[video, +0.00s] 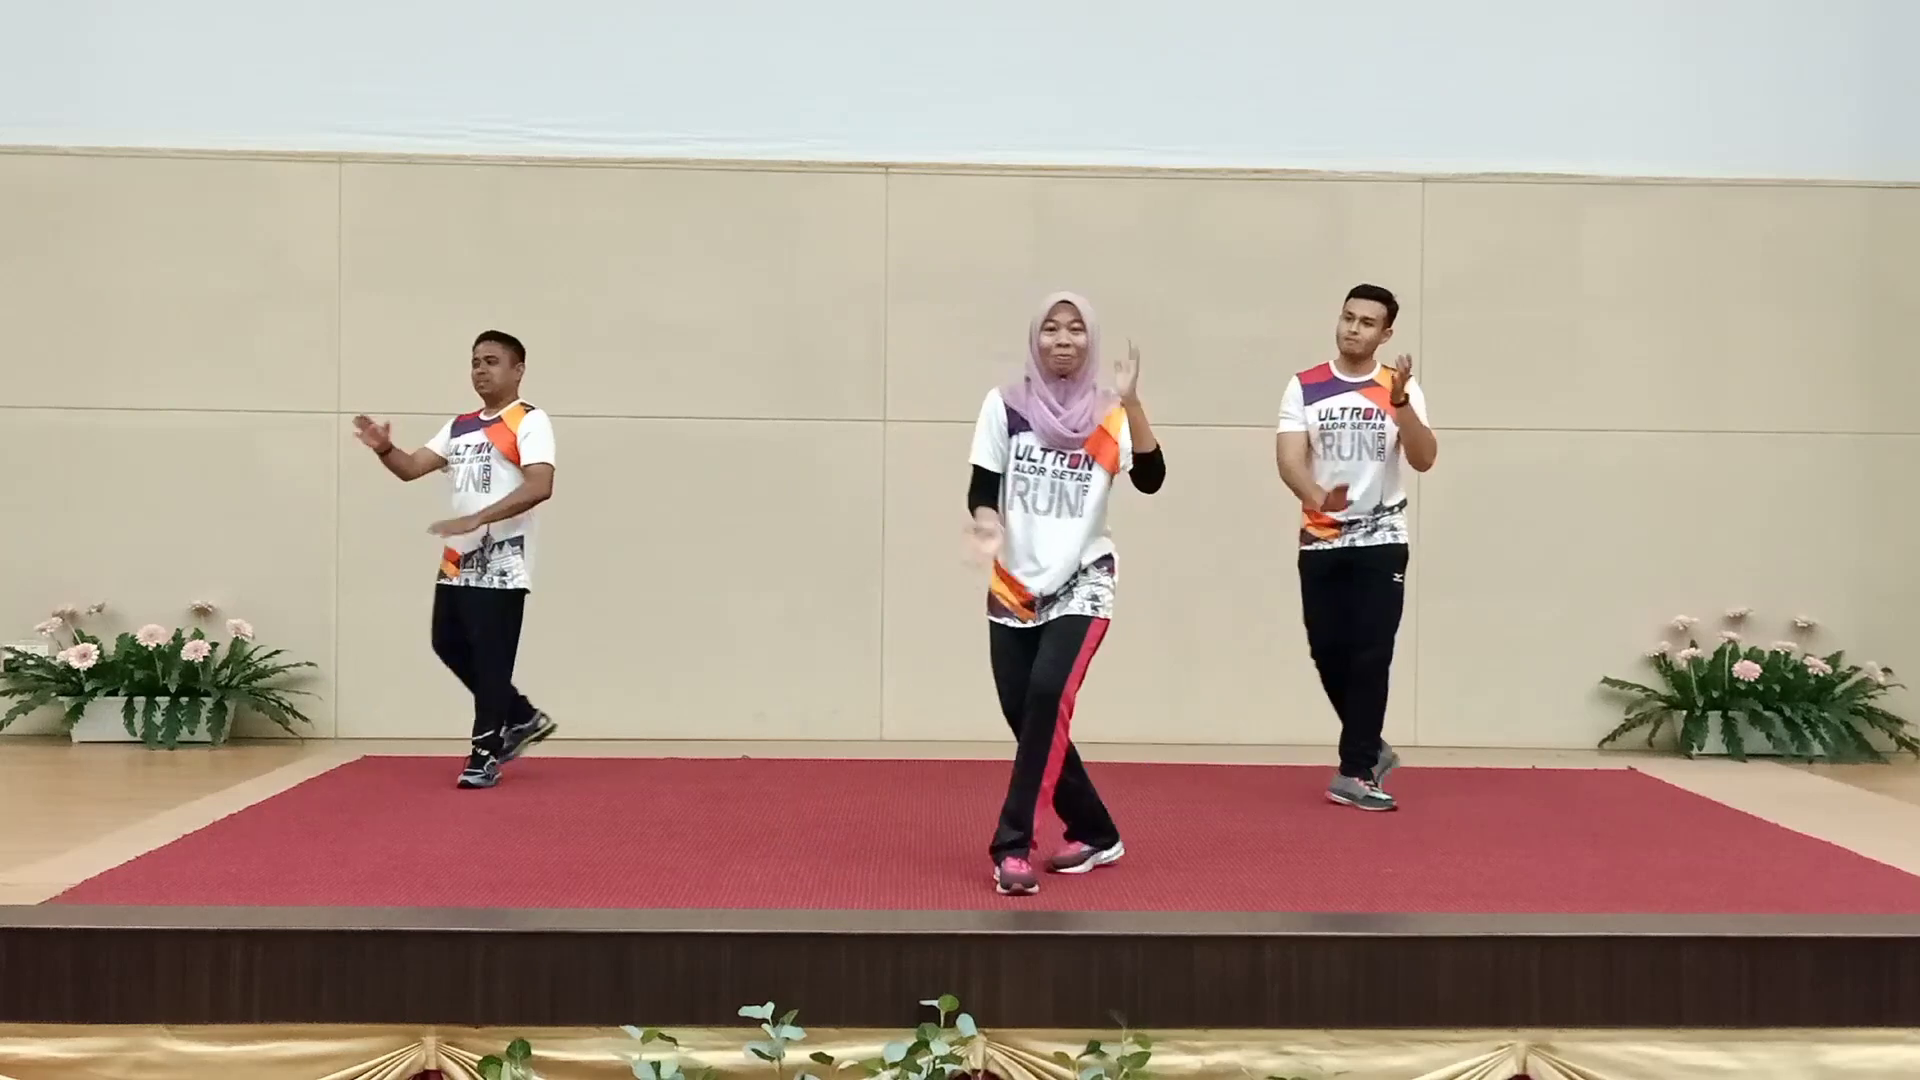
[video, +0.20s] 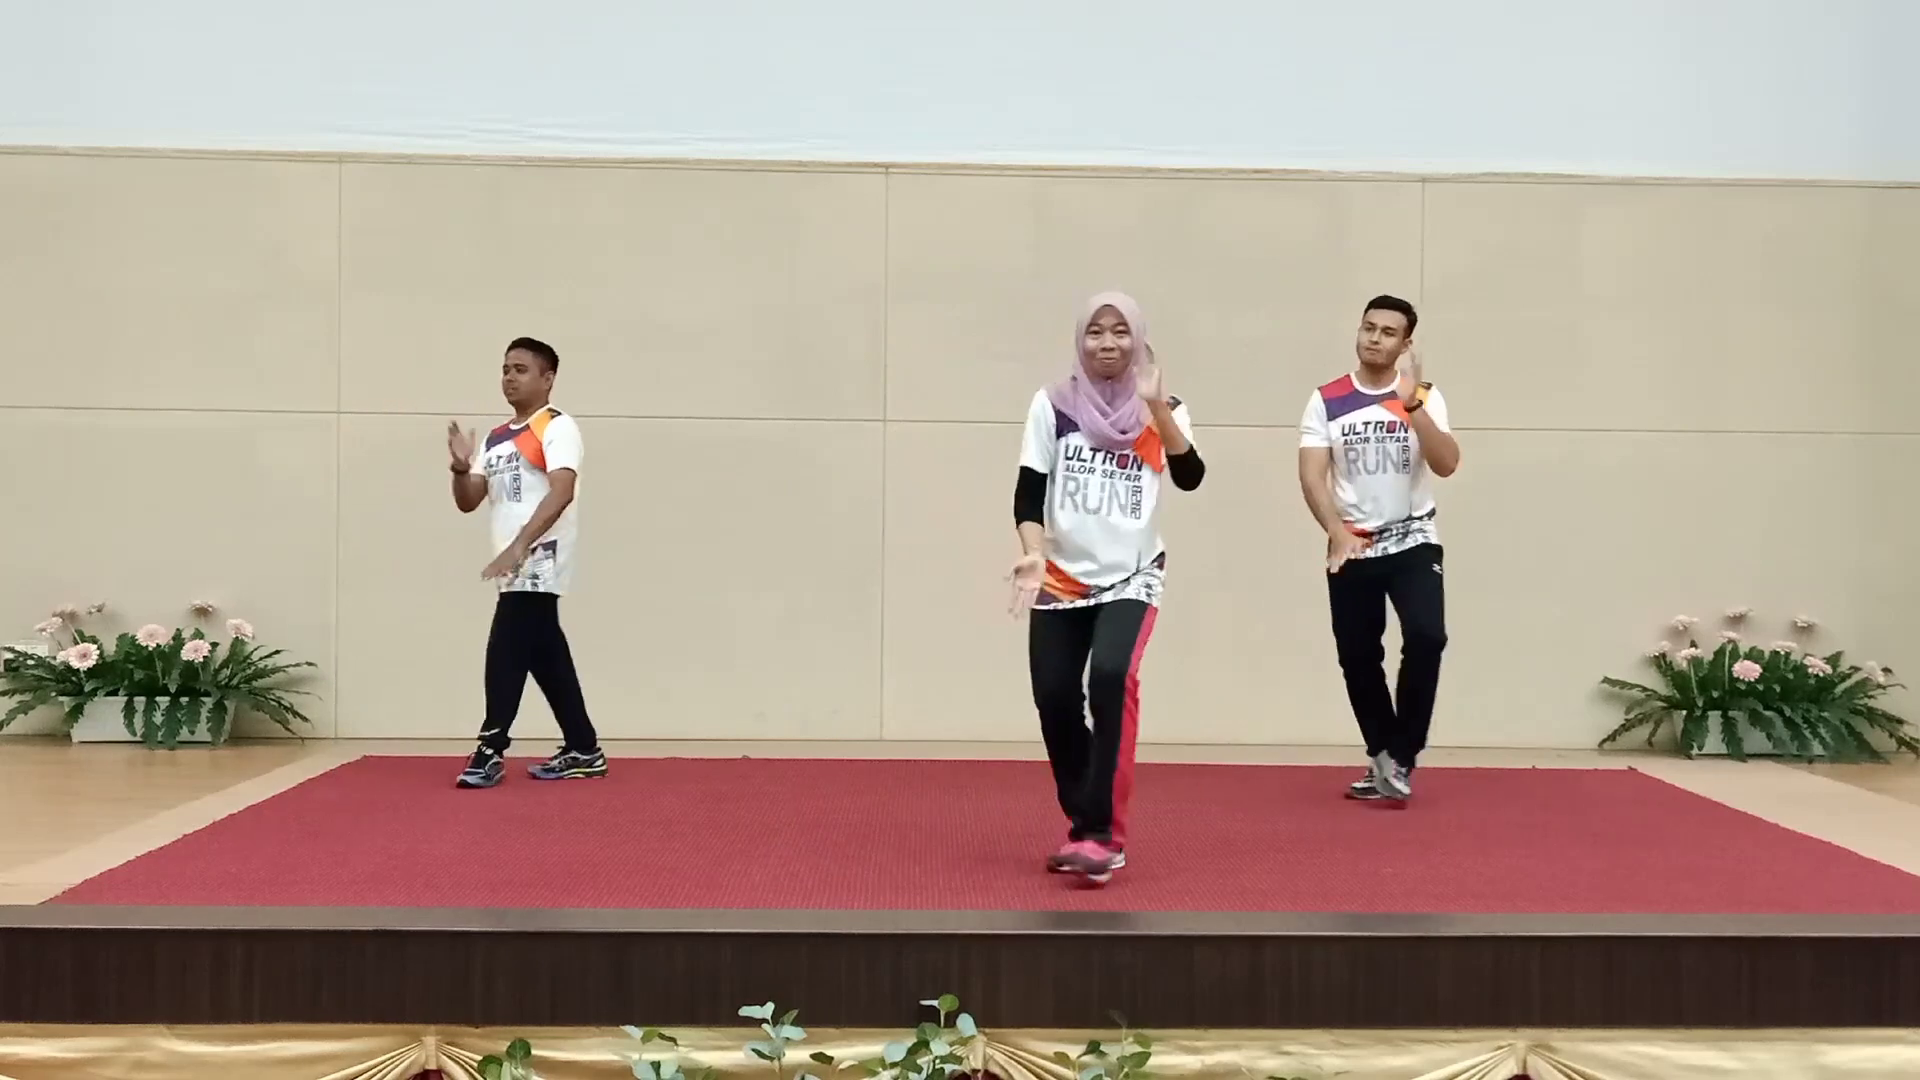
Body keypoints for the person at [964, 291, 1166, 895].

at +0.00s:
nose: (1063, 337)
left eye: (1075, 328)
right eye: (1051, 327)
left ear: (1090, 343)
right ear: (1034, 340)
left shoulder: (1109, 413)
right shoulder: (1006, 406)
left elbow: (1150, 479)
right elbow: (982, 491)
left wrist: (1133, 403)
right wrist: (988, 523)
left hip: (1082, 582)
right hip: (1013, 584)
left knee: (1046, 698)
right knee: (1026, 716)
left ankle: (1012, 848)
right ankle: (1097, 835)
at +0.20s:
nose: (1107, 341)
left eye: (1119, 331)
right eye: (1096, 331)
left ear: (1137, 343)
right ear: (1080, 341)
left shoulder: (1162, 408)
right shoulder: (1053, 404)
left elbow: (1190, 477)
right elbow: (1030, 486)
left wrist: (1159, 409)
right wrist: (1033, 550)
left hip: (1131, 577)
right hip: (1061, 579)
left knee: (1109, 677)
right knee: (1052, 695)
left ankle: (1103, 836)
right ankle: (1086, 829)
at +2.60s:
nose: (952, 337)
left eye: (964, 327)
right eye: (942, 326)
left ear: (983, 337)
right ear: (925, 335)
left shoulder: (1007, 404)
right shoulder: (903, 392)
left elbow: (1051, 467)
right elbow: (858, 461)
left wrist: (1078, 501)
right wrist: (911, 415)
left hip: (979, 583)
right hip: (914, 571)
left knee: (979, 701)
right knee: (963, 669)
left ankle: (921, 831)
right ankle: (951, 827)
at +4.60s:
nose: (890, 334)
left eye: (897, 323)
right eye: (890, 322)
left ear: (926, 323)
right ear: (915, 323)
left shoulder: (976, 394)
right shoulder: (892, 391)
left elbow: (997, 490)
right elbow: (893, 479)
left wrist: (975, 568)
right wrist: (861, 474)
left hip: (951, 576)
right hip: (888, 573)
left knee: (934, 704)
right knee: (878, 689)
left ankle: (931, 840)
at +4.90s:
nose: (915, 344)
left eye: (920, 333)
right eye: (915, 333)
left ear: (946, 332)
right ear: (956, 329)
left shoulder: (991, 401)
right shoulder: (933, 396)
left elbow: (1010, 491)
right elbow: (920, 479)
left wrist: (1001, 574)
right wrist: (895, 545)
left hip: (978, 582)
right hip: (939, 582)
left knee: (943, 708)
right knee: (977, 710)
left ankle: (930, 842)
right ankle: (1029, 833)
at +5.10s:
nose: (936, 349)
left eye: (940, 338)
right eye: (936, 338)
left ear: (961, 337)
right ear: (987, 334)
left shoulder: (1003, 406)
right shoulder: (971, 403)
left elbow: (1018, 505)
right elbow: (958, 502)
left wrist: (1011, 589)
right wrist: (940, 579)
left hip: (1003, 586)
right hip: (984, 584)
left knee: (962, 706)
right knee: (1007, 711)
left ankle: (935, 841)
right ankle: (1033, 836)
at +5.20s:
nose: (950, 349)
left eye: (955, 337)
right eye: (951, 337)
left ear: (976, 336)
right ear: (999, 334)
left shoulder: (1015, 404)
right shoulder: (990, 401)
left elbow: (1019, 501)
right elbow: (985, 500)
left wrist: (1000, 586)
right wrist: (969, 573)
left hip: (1021, 586)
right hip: (1006, 583)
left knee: (984, 703)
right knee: (1016, 706)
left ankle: (944, 839)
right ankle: (1032, 836)